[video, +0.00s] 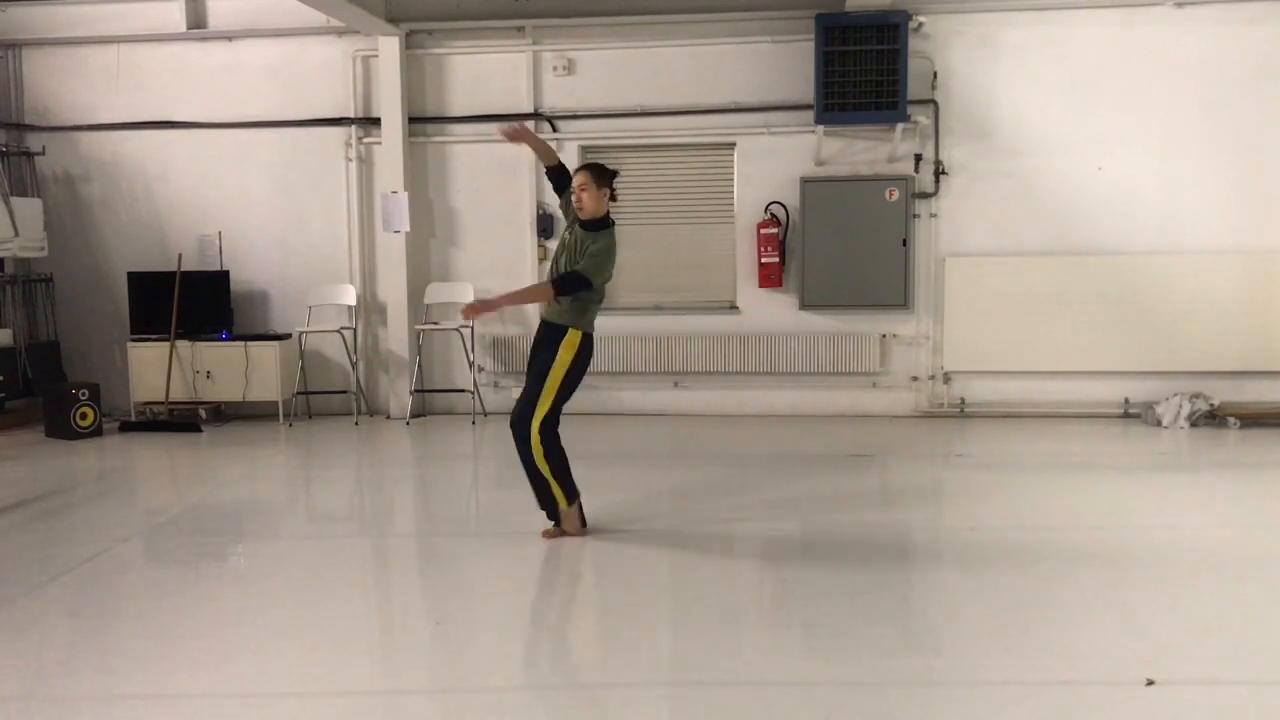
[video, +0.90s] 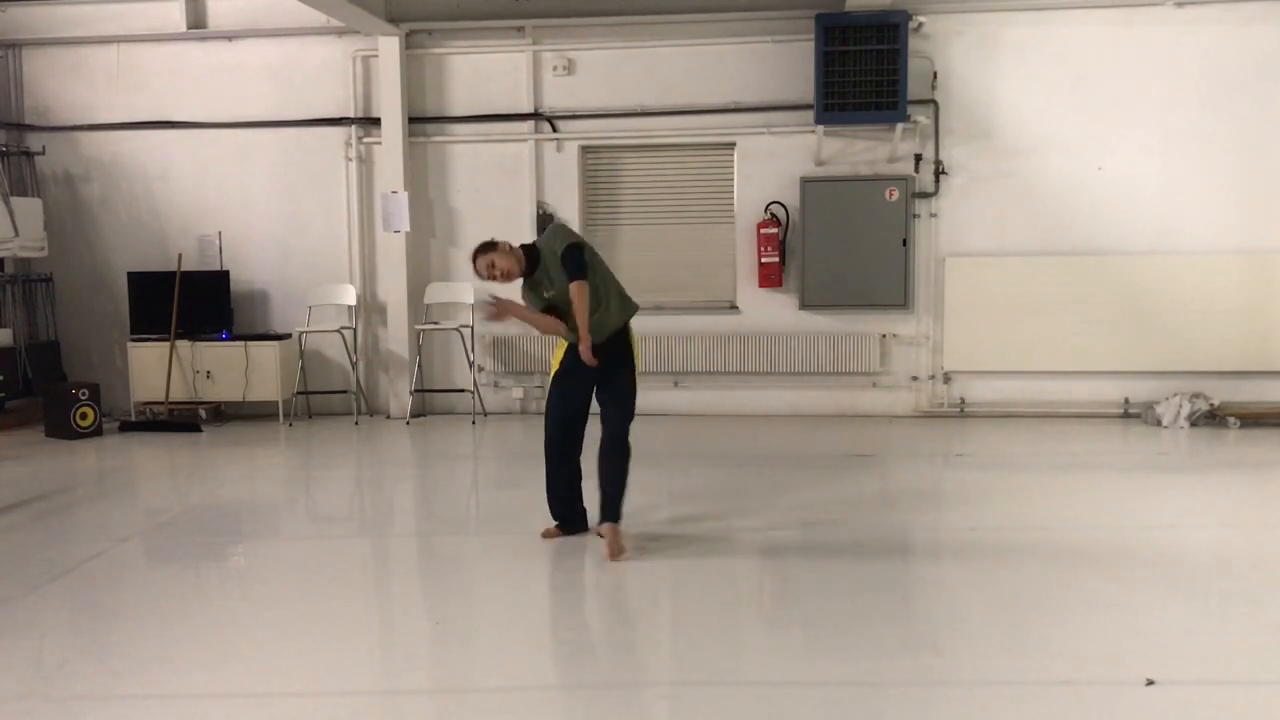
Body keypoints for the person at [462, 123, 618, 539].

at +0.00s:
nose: (577, 197)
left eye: (585, 190)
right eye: (575, 191)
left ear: (607, 194)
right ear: (573, 196)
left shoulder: (601, 247)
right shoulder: (577, 219)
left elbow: (559, 288)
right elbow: (557, 173)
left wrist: (497, 302)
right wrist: (530, 140)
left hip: (569, 341)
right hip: (552, 334)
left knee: (529, 422)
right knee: (537, 423)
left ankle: (566, 510)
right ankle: (566, 510)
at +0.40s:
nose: (532, 196)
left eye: (538, 188)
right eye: (528, 194)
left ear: (558, 191)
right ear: (528, 204)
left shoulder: (585, 234)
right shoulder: (535, 234)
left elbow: (582, 291)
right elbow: (511, 202)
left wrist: (540, 332)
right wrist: (561, 186)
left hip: (579, 340)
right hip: (542, 343)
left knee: (589, 422)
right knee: (535, 429)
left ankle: (559, 507)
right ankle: (568, 514)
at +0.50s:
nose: (520, 205)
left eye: (525, 195)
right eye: (515, 204)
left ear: (547, 196)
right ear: (519, 215)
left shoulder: (583, 229)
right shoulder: (529, 249)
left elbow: (597, 280)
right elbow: (481, 232)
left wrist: (569, 332)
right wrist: (515, 216)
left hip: (587, 344)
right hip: (548, 349)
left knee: (600, 424)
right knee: (542, 437)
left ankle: (559, 509)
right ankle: (571, 517)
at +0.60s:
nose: (509, 216)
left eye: (512, 207)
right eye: (504, 218)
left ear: (533, 201)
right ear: (510, 227)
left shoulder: (577, 223)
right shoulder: (528, 261)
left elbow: (601, 267)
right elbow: (470, 267)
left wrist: (588, 326)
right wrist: (474, 251)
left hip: (598, 340)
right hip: (560, 349)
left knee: (603, 429)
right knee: (549, 431)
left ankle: (562, 515)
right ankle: (568, 516)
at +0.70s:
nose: (498, 231)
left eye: (499, 222)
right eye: (494, 234)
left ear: (518, 214)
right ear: (501, 242)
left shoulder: (568, 223)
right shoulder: (531, 269)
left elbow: (598, 262)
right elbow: (493, 295)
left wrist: (594, 324)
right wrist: (466, 267)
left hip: (607, 340)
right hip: (568, 347)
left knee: (602, 437)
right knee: (555, 433)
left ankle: (570, 522)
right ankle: (562, 516)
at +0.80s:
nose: (495, 254)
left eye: (491, 245)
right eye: (489, 256)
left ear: (505, 229)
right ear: (494, 261)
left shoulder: (560, 229)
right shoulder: (530, 277)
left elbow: (590, 267)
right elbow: (529, 312)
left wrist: (591, 327)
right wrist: (476, 286)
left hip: (613, 338)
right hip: (576, 345)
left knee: (605, 433)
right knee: (558, 428)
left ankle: (587, 522)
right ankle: (569, 517)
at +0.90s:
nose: (498, 272)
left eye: (493, 264)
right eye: (493, 275)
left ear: (504, 246)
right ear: (500, 280)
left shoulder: (555, 237)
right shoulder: (531, 291)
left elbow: (579, 282)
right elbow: (558, 328)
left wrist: (585, 339)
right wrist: (513, 310)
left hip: (614, 340)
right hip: (577, 348)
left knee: (616, 432)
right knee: (559, 433)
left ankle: (610, 521)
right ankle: (571, 519)